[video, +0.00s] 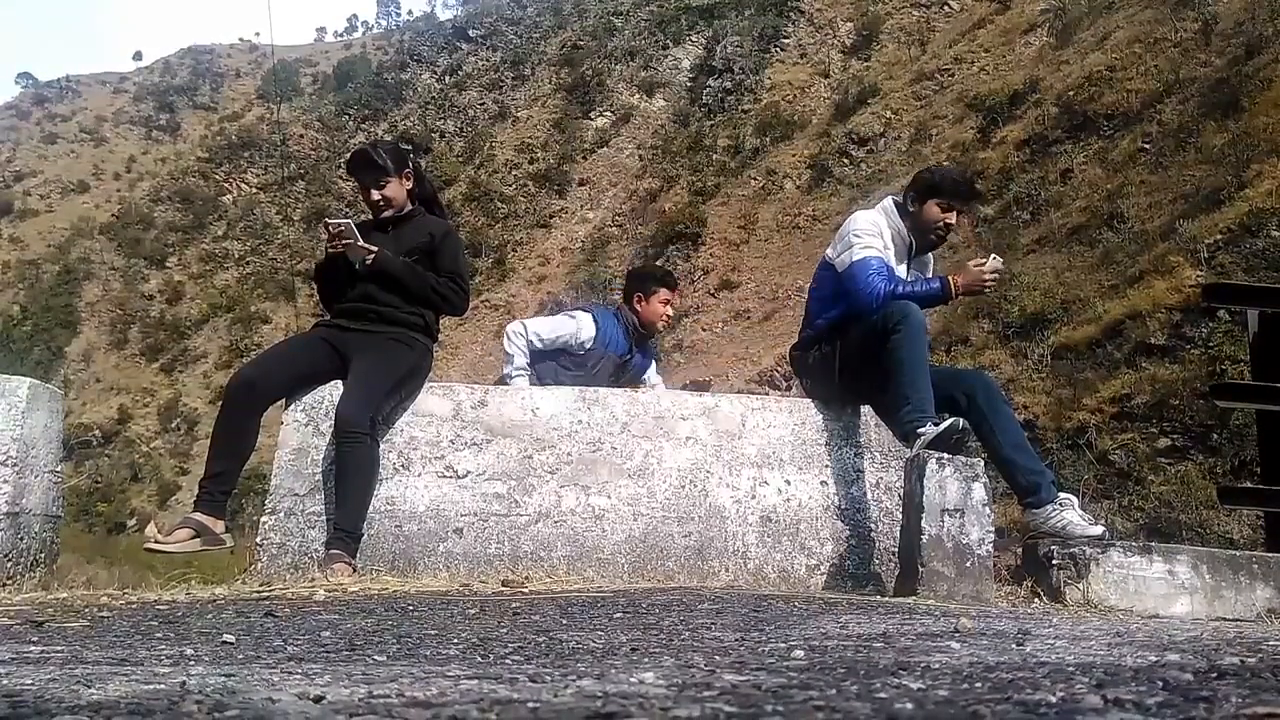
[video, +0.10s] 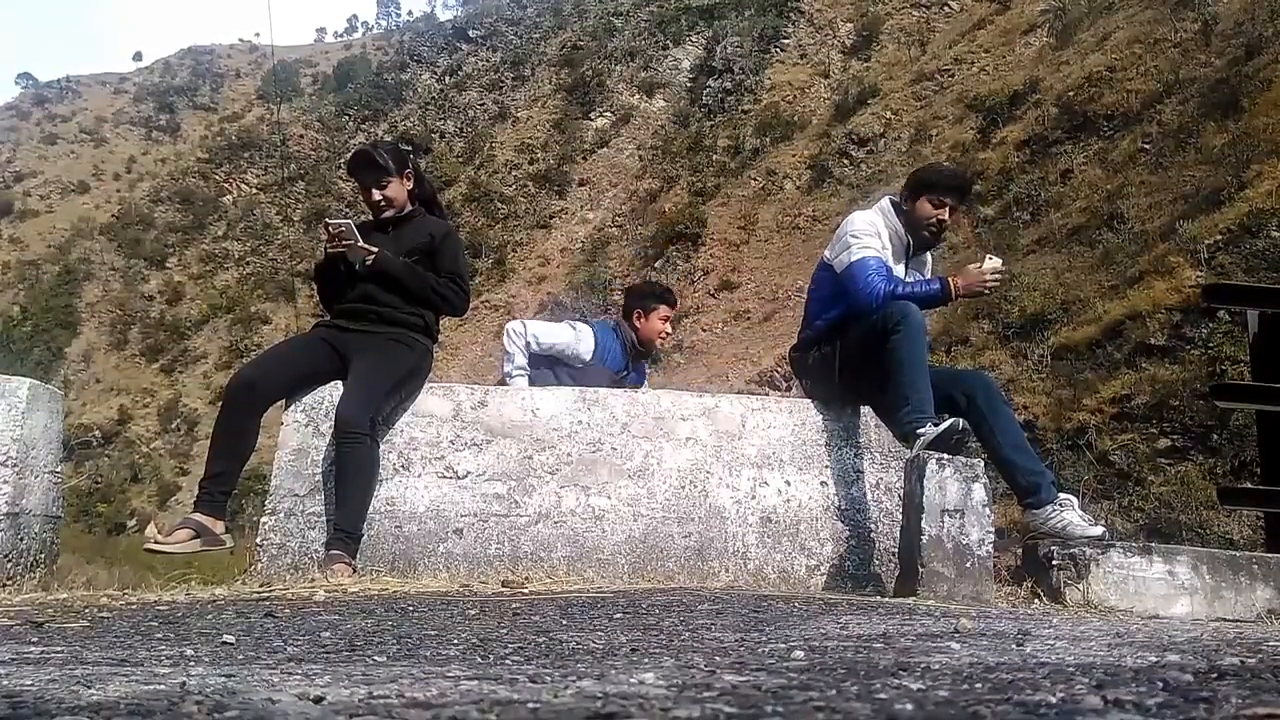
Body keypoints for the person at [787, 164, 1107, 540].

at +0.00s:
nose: (951, 222)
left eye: (959, 214)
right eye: (944, 208)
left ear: (960, 220)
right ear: (914, 200)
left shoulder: (921, 255)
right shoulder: (865, 227)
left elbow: (909, 313)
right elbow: (873, 291)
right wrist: (951, 284)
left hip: (878, 372)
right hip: (827, 366)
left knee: (976, 387)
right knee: (903, 315)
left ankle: (1043, 504)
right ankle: (917, 427)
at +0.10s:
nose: (944, 218)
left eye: (952, 212)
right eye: (936, 204)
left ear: (954, 219)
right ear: (908, 198)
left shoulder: (920, 255)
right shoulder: (863, 227)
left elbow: (909, 312)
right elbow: (872, 291)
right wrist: (951, 286)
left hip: (877, 372)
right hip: (826, 367)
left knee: (976, 388)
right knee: (903, 314)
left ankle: (1043, 505)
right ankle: (916, 426)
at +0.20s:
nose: (936, 214)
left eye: (946, 209)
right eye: (928, 201)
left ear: (950, 217)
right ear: (903, 197)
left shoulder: (919, 256)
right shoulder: (861, 227)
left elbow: (910, 313)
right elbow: (872, 291)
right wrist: (951, 287)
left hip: (879, 373)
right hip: (826, 367)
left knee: (976, 387)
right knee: (903, 315)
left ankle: (1043, 504)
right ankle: (917, 427)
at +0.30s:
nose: (927, 211)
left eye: (938, 206)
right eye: (920, 199)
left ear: (943, 216)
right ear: (897, 198)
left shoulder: (920, 256)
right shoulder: (859, 228)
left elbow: (911, 312)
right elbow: (873, 291)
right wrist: (950, 289)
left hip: (879, 372)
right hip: (826, 366)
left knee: (976, 387)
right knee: (903, 316)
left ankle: (1043, 504)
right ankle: (918, 428)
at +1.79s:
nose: (880, 198)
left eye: (894, 195)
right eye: (879, 189)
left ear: (914, 209)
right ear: (871, 189)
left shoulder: (912, 240)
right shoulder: (841, 225)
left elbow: (921, 312)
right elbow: (874, 290)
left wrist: (917, 315)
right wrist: (961, 286)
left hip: (881, 368)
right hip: (825, 363)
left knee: (977, 384)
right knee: (901, 314)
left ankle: (1043, 503)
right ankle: (918, 427)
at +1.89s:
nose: (898, 201)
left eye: (910, 196)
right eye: (890, 190)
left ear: (920, 205)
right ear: (873, 189)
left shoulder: (911, 238)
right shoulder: (841, 224)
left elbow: (924, 313)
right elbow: (871, 291)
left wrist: (910, 316)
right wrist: (961, 284)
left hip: (883, 367)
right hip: (826, 364)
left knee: (978, 385)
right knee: (901, 314)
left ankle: (1044, 503)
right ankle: (918, 428)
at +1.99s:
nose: (916, 205)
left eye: (923, 197)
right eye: (906, 193)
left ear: (926, 203)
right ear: (878, 189)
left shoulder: (910, 236)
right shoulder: (842, 223)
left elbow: (924, 311)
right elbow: (870, 291)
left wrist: (910, 319)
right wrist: (957, 285)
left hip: (882, 367)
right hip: (825, 364)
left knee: (977, 385)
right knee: (900, 315)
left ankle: (1044, 503)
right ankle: (917, 429)